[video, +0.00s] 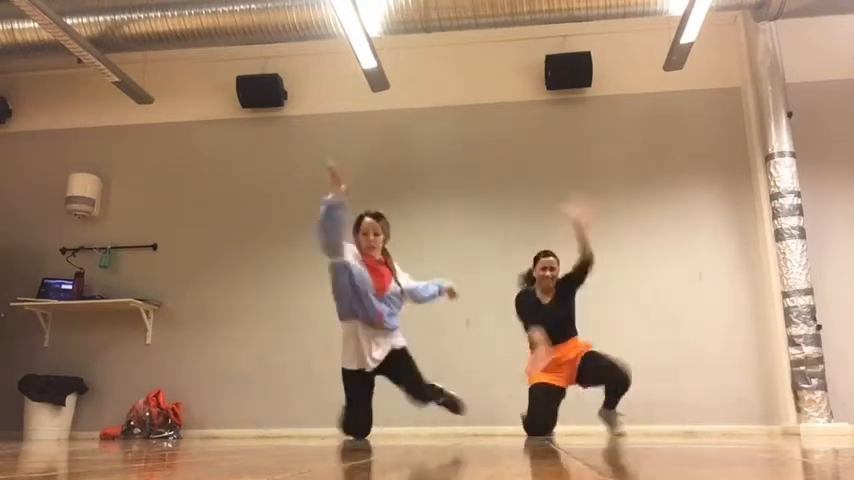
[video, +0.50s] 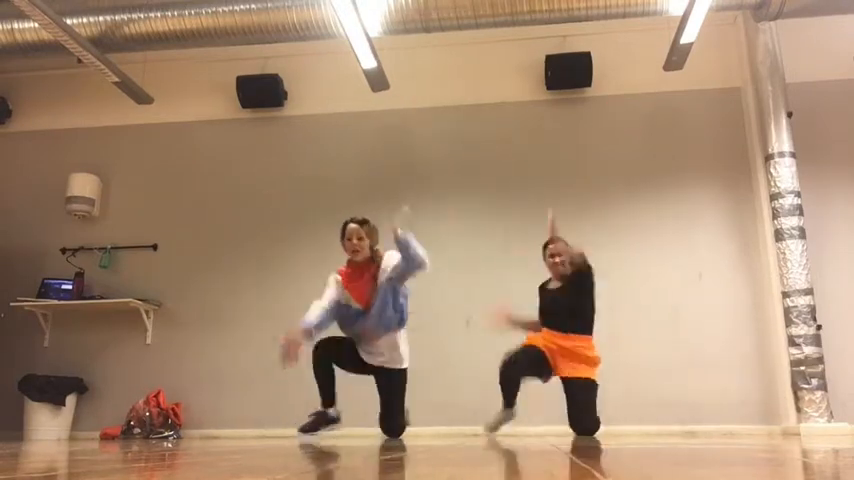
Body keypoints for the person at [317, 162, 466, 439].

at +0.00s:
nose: (371, 240)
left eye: (376, 234)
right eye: (365, 234)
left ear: (385, 238)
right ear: (355, 238)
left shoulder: (392, 271)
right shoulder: (346, 261)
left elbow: (413, 291)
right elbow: (331, 236)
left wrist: (442, 289)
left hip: (389, 344)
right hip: (356, 348)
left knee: (418, 391)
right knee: (359, 426)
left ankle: (441, 398)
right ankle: (348, 418)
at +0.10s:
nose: (365, 238)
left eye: (370, 232)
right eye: (359, 233)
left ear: (379, 236)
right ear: (350, 237)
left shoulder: (390, 266)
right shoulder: (342, 261)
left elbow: (410, 296)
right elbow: (308, 255)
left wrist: (441, 290)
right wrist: (315, 234)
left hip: (390, 346)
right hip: (359, 349)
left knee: (407, 419)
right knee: (363, 429)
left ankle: (393, 422)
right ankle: (326, 415)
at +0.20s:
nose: (364, 242)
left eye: (369, 236)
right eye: (358, 236)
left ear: (379, 239)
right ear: (350, 241)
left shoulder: (395, 267)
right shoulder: (345, 278)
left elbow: (427, 289)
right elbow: (315, 303)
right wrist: (306, 277)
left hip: (389, 360)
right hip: (357, 361)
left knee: (389, 430)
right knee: (362, 429)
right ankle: (310, 417)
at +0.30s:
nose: (367, 241)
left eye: (373, 235)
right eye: (361, 236)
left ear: (384, 239)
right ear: (355, 241)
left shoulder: (397, 273)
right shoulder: (350, 278)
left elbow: (415, 263)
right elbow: (342, 317)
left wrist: (395, 244)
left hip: (388, 360)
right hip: (354, 359)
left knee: (391, 429)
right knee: (358, 426)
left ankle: (367, 417)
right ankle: (304, 420)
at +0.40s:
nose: (364, 243)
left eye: (370, 237)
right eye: (358, 238)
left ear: (381, 240)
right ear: (352, 243)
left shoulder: (396, 268)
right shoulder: (347, 281)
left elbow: (410, 245)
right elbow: (332, 318)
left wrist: (395, 221)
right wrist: (305, 345)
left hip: (390, 352)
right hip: (357, 349)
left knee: (393, 428)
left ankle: (375, 423)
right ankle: (308, 417)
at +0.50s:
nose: (354, 244)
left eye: (360, 238)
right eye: (349, 239)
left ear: (372, 241)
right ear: (343, 244)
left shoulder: (389, 266)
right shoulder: (340, 279)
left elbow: (418, 263)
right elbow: (324, 308)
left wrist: (402, 237)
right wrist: (301, 333)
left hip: (391, 357)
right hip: (362, 352)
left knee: (392, 430)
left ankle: (401, 416)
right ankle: (328, 411)